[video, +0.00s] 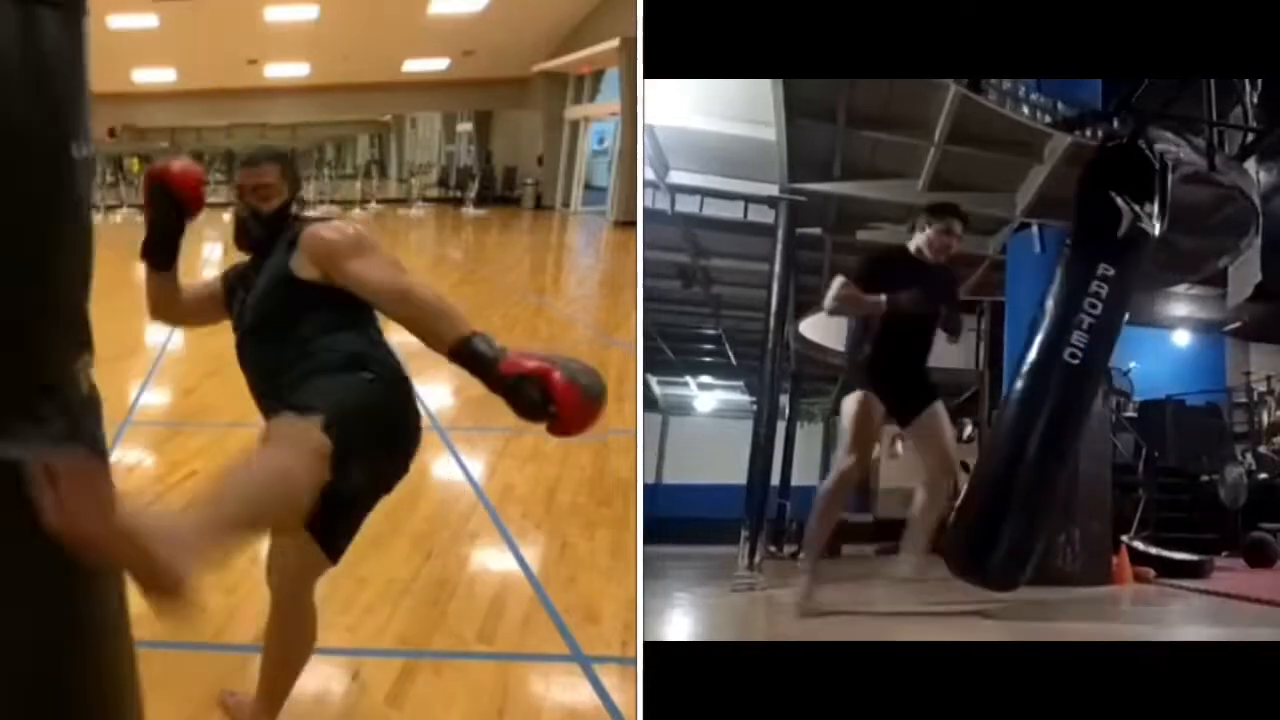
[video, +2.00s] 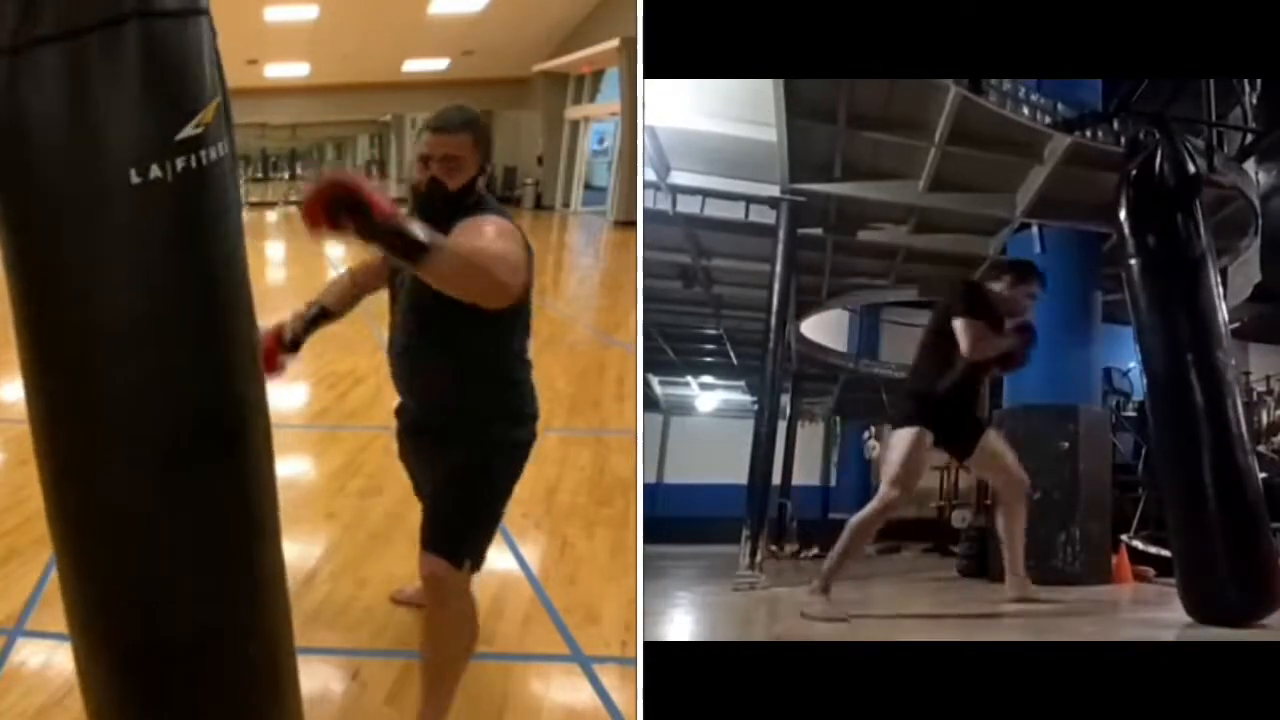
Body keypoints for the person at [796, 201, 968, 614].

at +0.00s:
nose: (949, 243)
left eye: (955, 238)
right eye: (944, 233)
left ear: (957, 243)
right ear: (921, 229)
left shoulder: (944, 279)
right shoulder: (884, 261)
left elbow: (953, 330)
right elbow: (834, 301)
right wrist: (888, 302)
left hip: (913, 382)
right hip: (868, 376)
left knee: (943, 478)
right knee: (852, 463)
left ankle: (908, 569)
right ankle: (806, 569)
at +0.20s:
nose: (925, 254)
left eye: (929, 247)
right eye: (921, 243)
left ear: (919, 249)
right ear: (896, 236)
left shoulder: (904, 285)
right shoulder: (855, 263)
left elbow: (888, 338)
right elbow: (824, 310)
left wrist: (914, 352)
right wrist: (877, 315)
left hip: (878, 386)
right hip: (836, 381)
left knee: (934, 460)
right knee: (811, 479)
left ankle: (901, 554)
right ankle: (771, 588)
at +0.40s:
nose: (914, 240)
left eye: (918, 236)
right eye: (910, 230)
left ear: (914, 240)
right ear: (886, 221)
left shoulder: (902, 271)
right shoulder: (848, 238)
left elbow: (914, 324)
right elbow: (838, 267)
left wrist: (921, 328)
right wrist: (893, 275)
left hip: (878, 379)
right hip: (829, 374)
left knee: (913, 478)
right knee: (800, 476)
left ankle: (919, 576)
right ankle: (772, 590)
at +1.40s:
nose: (945, 273)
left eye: (950, 268)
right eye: (941, 263)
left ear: (946, 270)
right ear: (918, 255)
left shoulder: (928, 300)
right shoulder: (880, 277)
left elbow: (932, 360)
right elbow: (864, 316)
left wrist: (947, 329)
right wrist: (918, 299)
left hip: (896, 401)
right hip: (854, 395)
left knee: (930, 487)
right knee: (833, 490)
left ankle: (953, 581)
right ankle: (785, 583)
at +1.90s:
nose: (1003, 287)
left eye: (1007, 281)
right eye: (999, 278)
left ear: (1006, 280)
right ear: (980, 269)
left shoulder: (992, 308)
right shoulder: (940, 285)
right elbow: (918, 332)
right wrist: (969, 316)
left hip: (946, 404)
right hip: (904, 397)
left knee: (991, 480)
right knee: (883, 485)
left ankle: (997, 577)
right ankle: (827, 586)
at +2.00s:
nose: (1029, 308)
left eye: (1033, 300)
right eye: (1027, 297)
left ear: (1013, 294)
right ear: (1005, 286)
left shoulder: (1000, 321)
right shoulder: (967, 296)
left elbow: (987, 365)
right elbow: (970, 347)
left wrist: (1010, 355)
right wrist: (1013, 340)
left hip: (962, 418)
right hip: (921, 410)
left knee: (1015, 483)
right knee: (890, 496)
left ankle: (1017, 581)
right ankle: (820, 589)